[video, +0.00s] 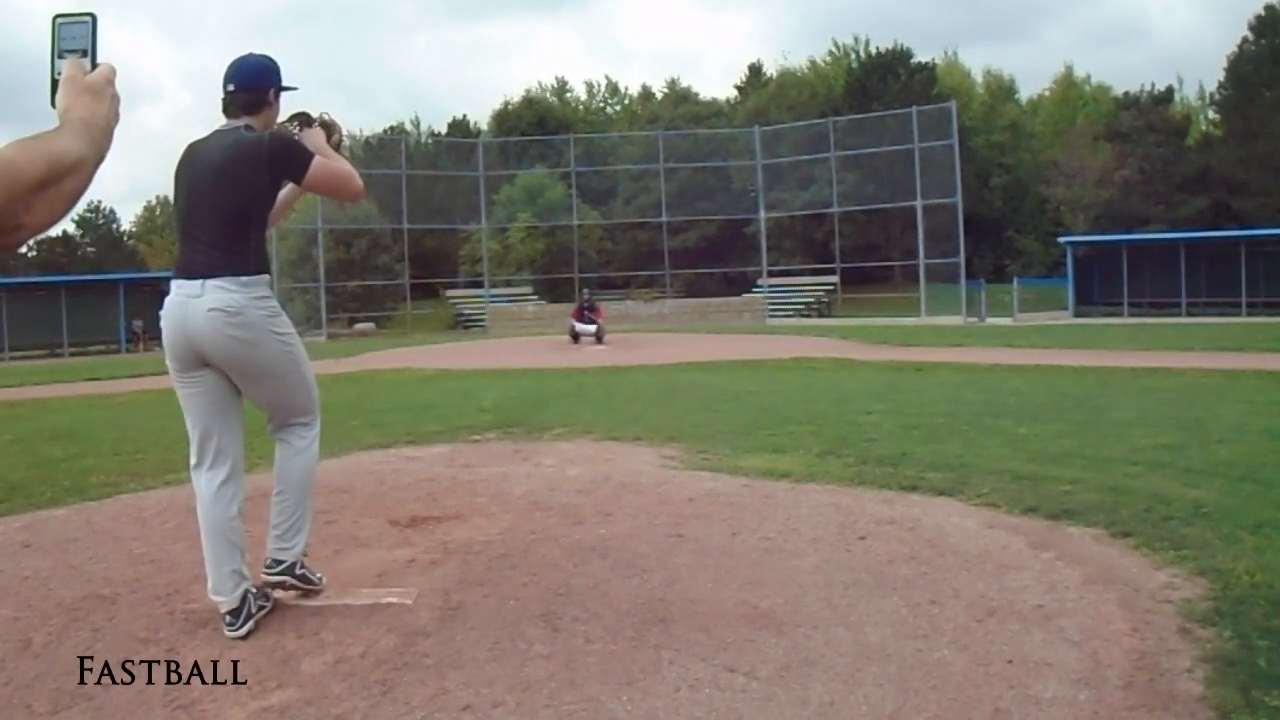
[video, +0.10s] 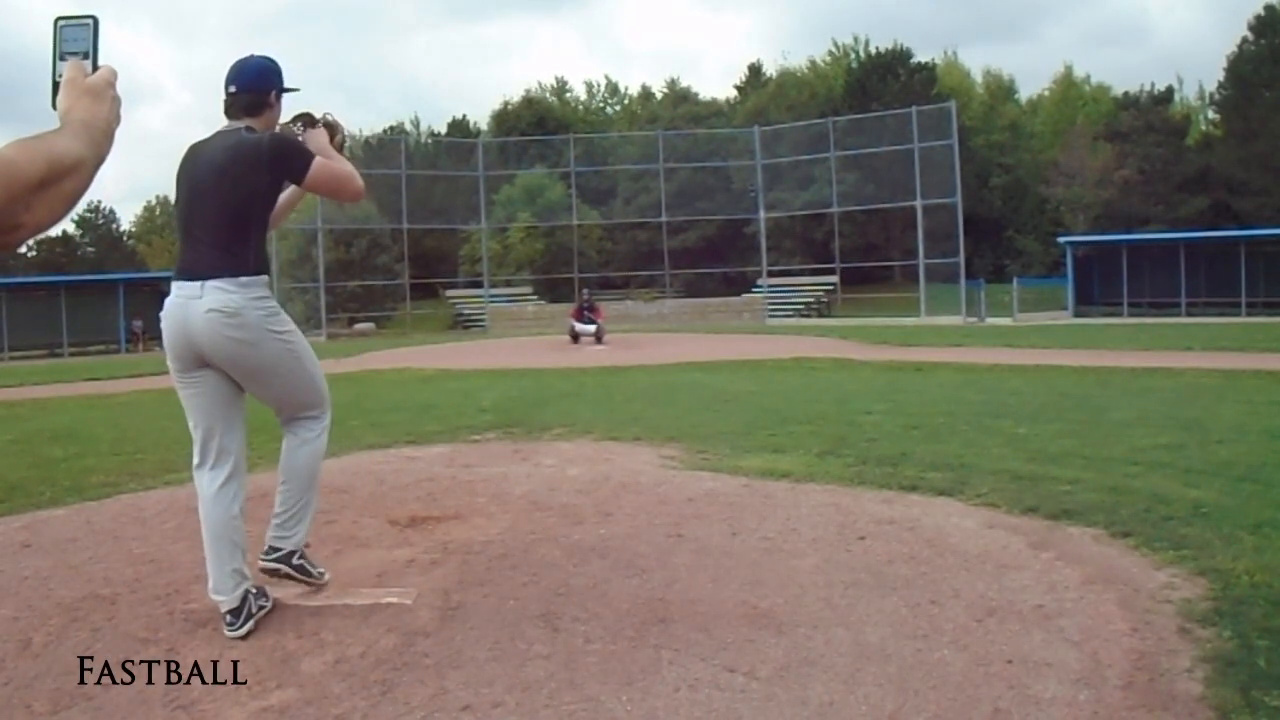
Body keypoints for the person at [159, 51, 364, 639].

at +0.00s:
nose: (279, 107)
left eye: (274, 98)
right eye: (280, 99)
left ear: (226, 100)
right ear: (272, 101)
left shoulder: (194, 153)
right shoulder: (273, 145)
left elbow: (259, 218)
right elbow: (352, 186)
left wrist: (300, 160)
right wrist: (321, 143)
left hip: (178, 310)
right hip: (239, 306)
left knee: (213, 462)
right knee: (297, 423)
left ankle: (234, 602)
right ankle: (286, 557)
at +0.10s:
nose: (282, 108)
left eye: (277, 100)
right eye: (281, 100)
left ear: (228, 102)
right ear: (273, 103)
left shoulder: (196, 154)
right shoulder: (274, 146)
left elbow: (259, 220)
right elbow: (353, 186)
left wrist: (301, 164)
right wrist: (322, 144)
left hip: (178, 311)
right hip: (238, 307)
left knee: (216, 462)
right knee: (307, 414)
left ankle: (234, 601)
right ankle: (285, 545)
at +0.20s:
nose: (285, 111)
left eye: (280, 102)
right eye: (284, 103)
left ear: (231, 104)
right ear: (276, 105)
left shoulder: (200, 157)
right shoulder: (273, 150)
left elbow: (258, 225)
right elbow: (354, 187)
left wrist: (306, 172)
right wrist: (326, 144)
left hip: (182, 314)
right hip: (240, 310)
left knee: (219, 464)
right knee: (317, 418)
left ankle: (234, 601)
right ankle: (292, 546)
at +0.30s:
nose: (288, 114)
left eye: (283, 106)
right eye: (287, 106)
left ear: (235, 109)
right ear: (280, 108)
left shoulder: (207, 162)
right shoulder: (274, 154)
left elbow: (264, 229)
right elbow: (357, 187)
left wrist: (315, 181)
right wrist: (333, 146)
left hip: (190, 316)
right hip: (245, 314)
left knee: (226, 463)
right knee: (316, 435)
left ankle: (234, 597)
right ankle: (312, 560)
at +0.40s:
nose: (295, 121)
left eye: (291, 112)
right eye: (294, 112)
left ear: (243, 116)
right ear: (285, 114)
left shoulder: (216, 169)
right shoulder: (276, 161)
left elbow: (275, 241)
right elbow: (361, 189)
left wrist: (322, 192)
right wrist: (343, 146)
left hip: (201, 321)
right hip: (251, 320)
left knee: (238, 462)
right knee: (321, 443)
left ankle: (236, 597)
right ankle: (313, 568)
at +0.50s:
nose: (303, 126)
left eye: (300, 118)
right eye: (302, 118)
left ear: (251, 122)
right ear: (292, 119)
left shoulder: (228, 176)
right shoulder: (279, 170)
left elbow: (291, 240)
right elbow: (365, 194)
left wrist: (337, 200)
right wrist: (352, 146)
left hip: (215, 330)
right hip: (265, 329)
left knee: (251, 463)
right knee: (330, 446)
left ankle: (236, 589)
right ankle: (312, 573)